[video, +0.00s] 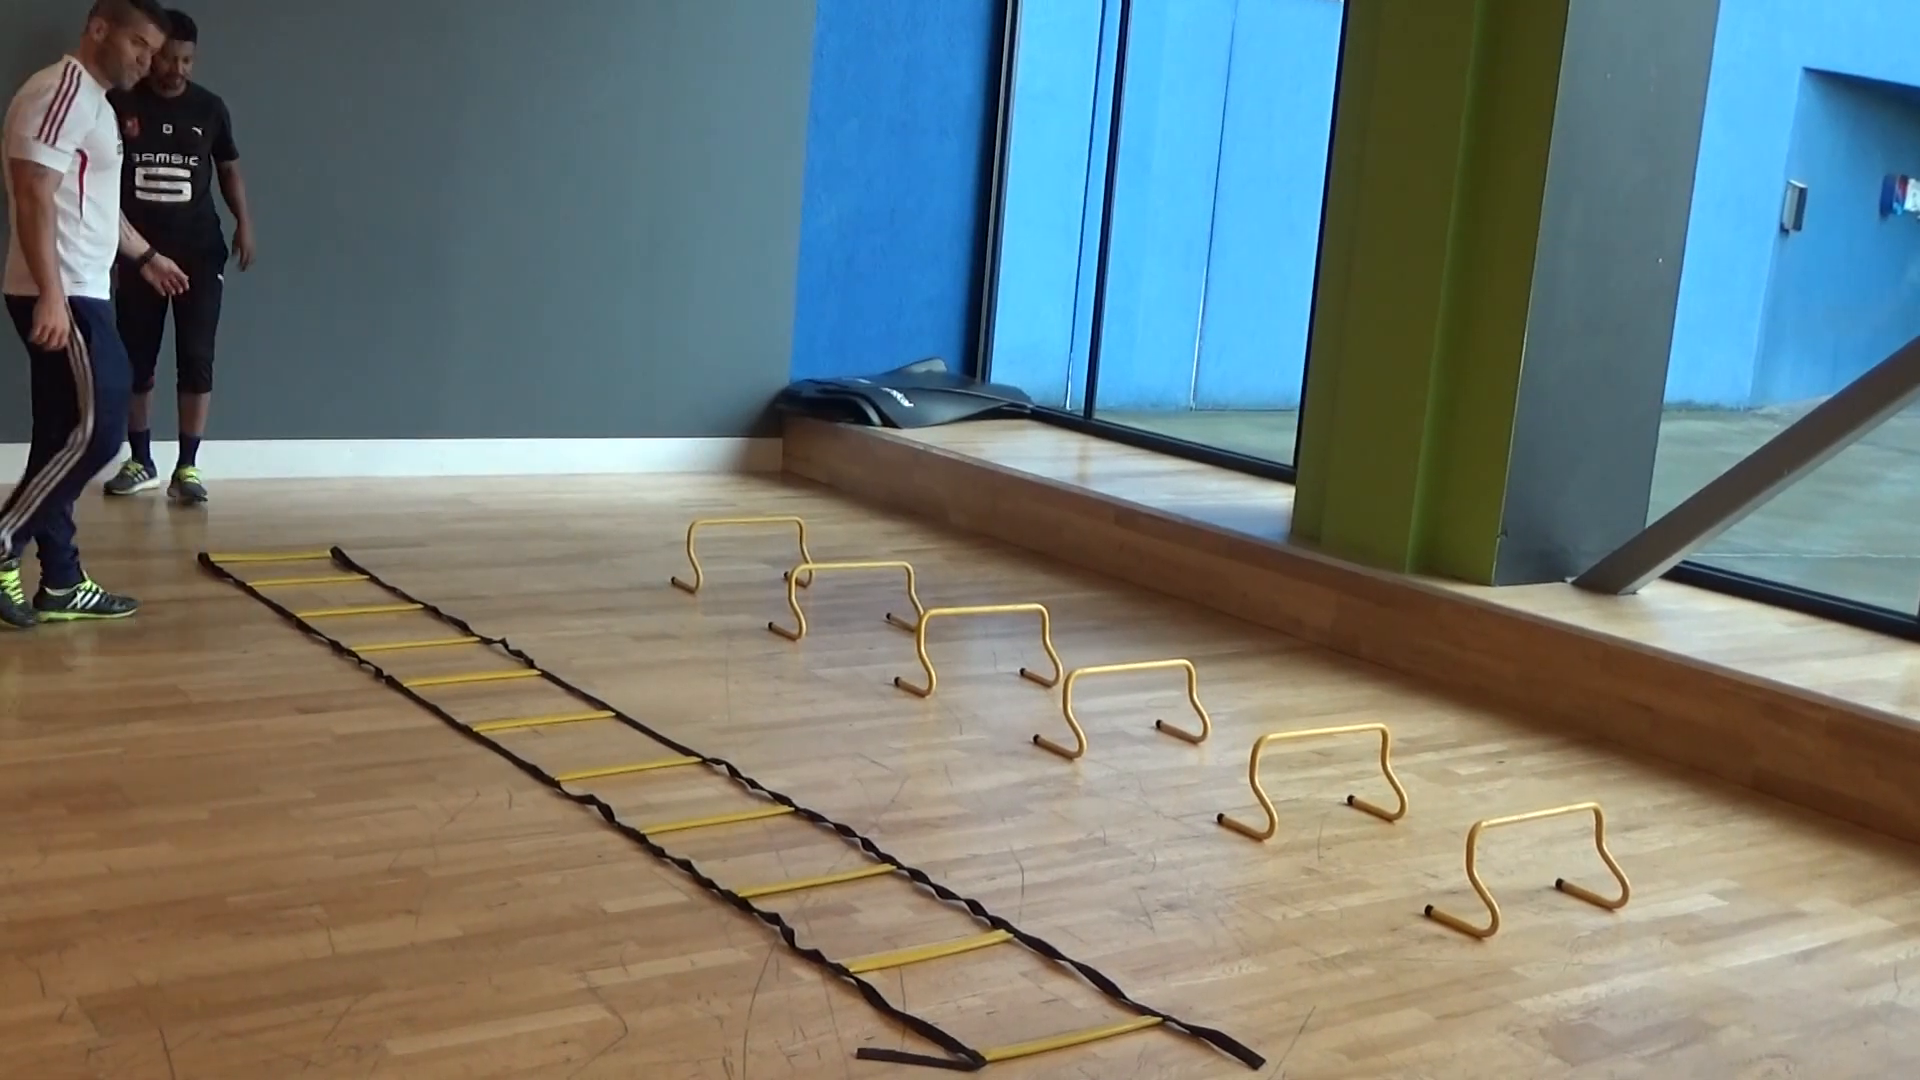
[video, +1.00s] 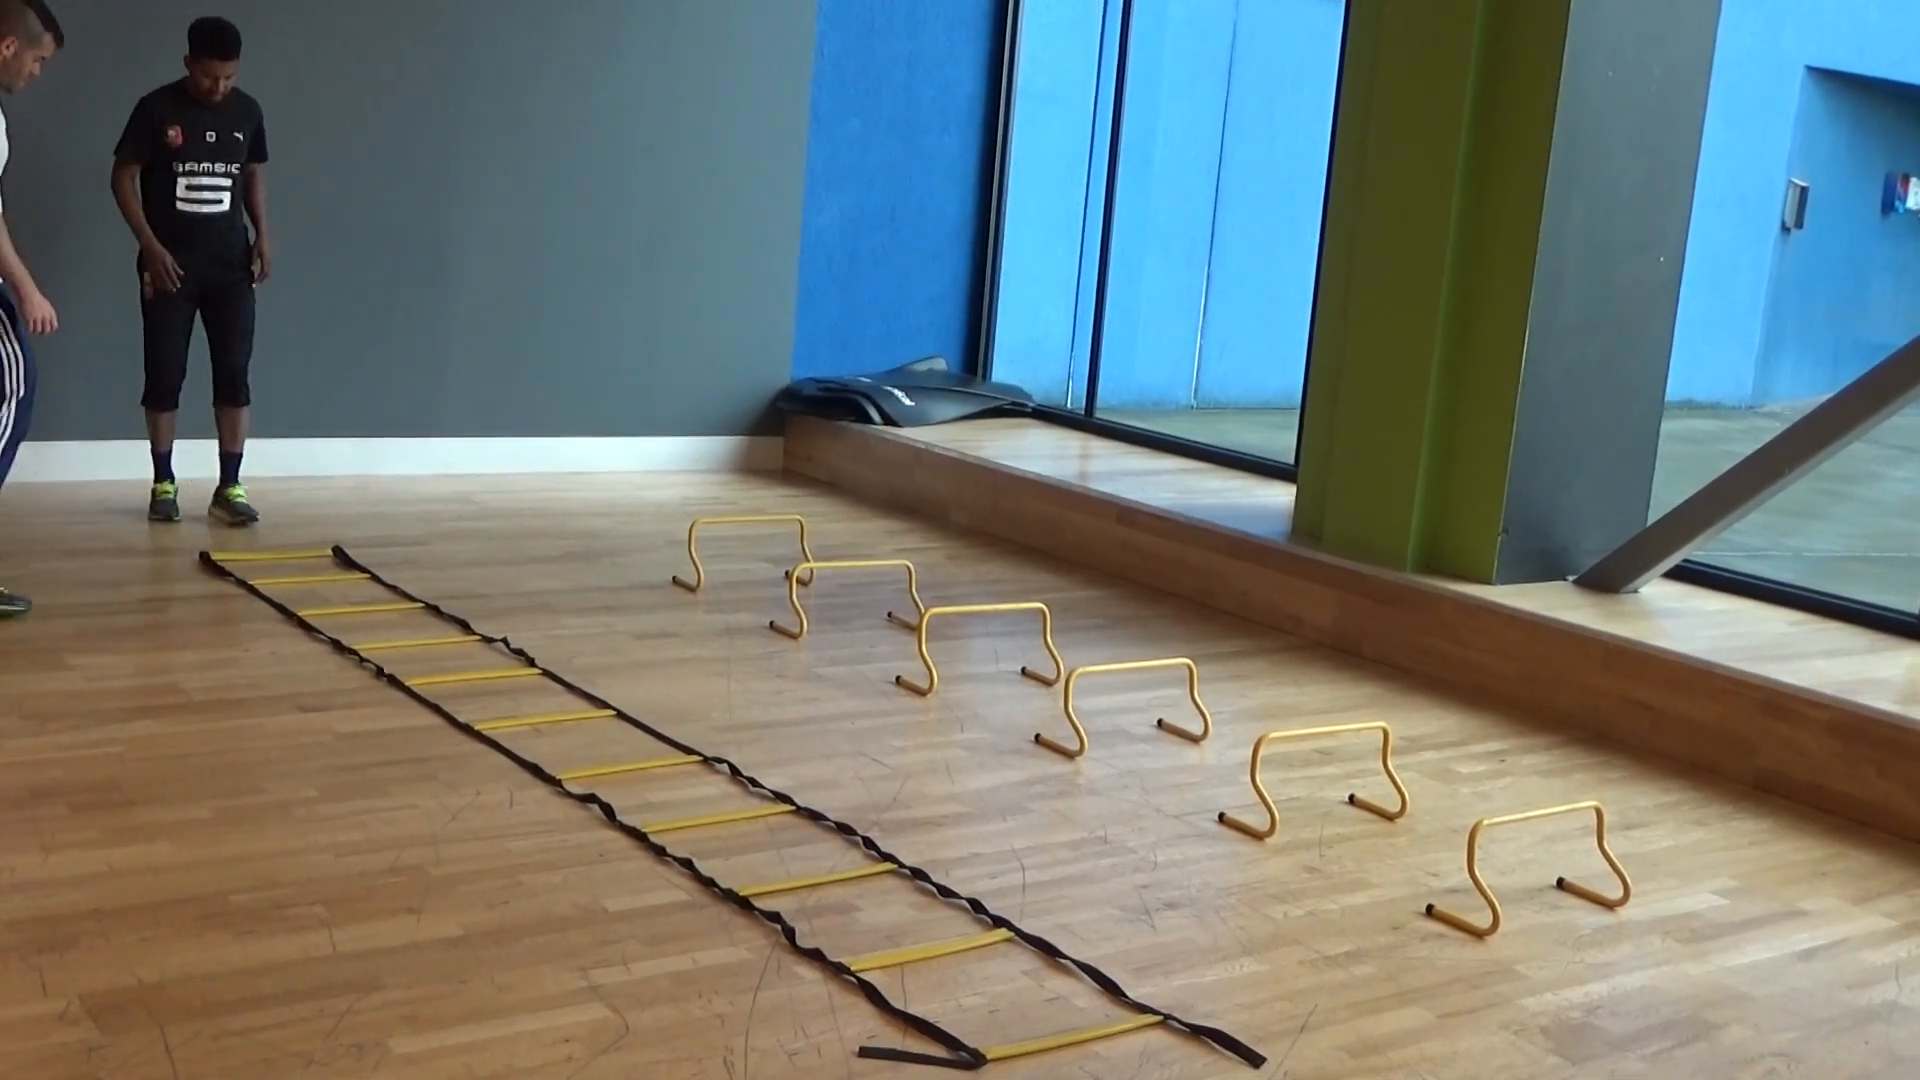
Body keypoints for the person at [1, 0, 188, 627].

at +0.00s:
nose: (145, 60)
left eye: (152, 52)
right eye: (139, 45)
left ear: (141, 54)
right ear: (98, 29)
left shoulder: (90, 101)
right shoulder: (62, 90)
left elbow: (92, 201)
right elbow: (32, 190)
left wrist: (145, 257)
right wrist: (50, 292)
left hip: (75, 290)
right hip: (60, 293)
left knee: (62, 431)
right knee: (99, 430)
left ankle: (61, 581)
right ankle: (4, 544)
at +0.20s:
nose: (106, 53)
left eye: (114, 44)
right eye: (98, 37)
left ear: (118, 43)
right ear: (60, 20)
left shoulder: (73, 94)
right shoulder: (27, 88)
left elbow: (72, 199)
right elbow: (4, 195)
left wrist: (112, 267)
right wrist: (19, 292)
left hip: (77, 303)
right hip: (32, 304)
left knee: (64, 444)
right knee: (9, 444)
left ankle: (63, 580)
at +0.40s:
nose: (103, 74)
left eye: (110, 64)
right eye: (98, 59)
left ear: (64, 42)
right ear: (57, 37)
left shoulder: (54, 99)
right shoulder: (16, 97)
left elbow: (33, 193)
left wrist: (60, 261)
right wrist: (8, 296)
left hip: (29, 294)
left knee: (41, 429)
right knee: (11, 438)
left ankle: (36, 567)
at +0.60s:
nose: (77, 60)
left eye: (81, 49)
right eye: (74, 47)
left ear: (39, 35)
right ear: (39, 36)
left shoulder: (24, 99)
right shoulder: (8, 98)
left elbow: (12, 198)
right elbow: (4, 203)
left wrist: (23, 262)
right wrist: (1, 299)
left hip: (15, 292)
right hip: (4, 298)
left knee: (10, 409)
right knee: (5, 411)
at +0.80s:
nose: (50, 68)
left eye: (55, 57)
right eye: (49, 55)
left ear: (18, 43)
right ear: (17, 42)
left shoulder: (7, 107)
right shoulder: (2, 109)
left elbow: (7, 211)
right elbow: (1, 212)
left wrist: (18, 295)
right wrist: (15, 295)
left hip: (10, 304)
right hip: (3, 305)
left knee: (9, 414)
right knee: (5, 416)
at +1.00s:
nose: (36, 73)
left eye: (42, 63)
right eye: (37, 60)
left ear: (11, 50)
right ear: (9, 48)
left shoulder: (3, 111)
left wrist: (24, 287)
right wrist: (27, 287)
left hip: (4, 289)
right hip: (1, 291)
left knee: (16, 395)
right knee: (13, 397)